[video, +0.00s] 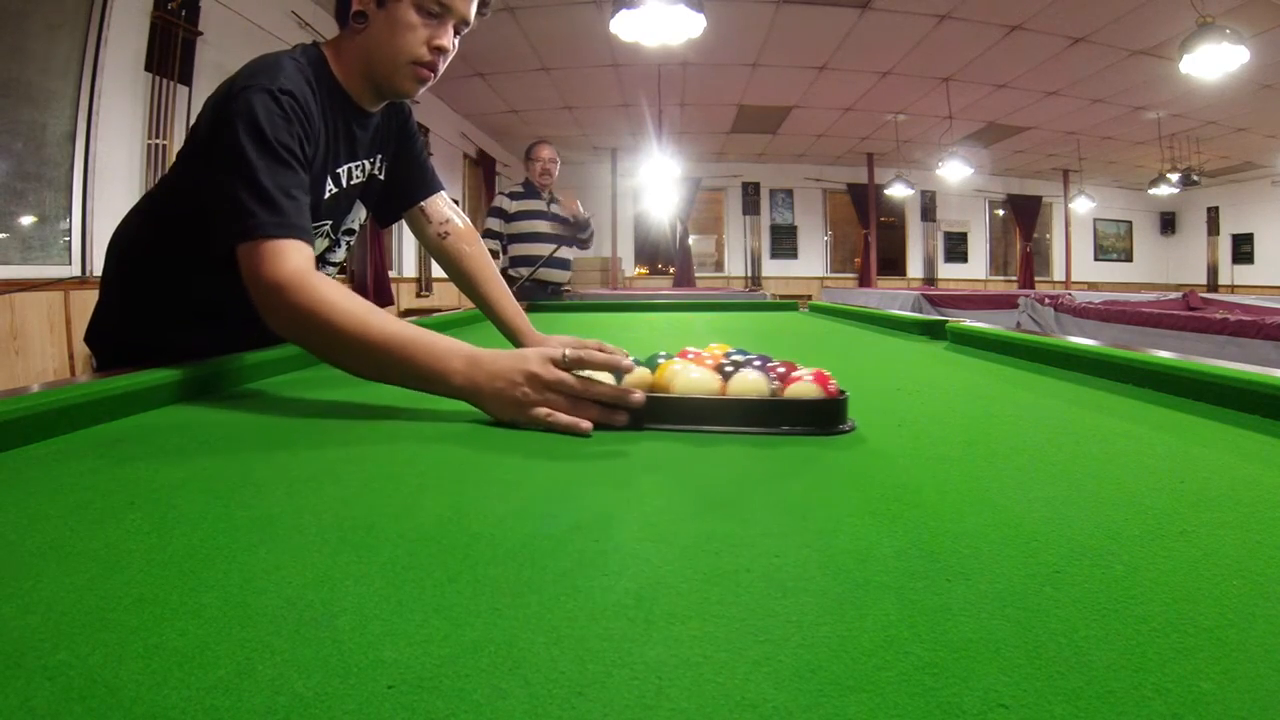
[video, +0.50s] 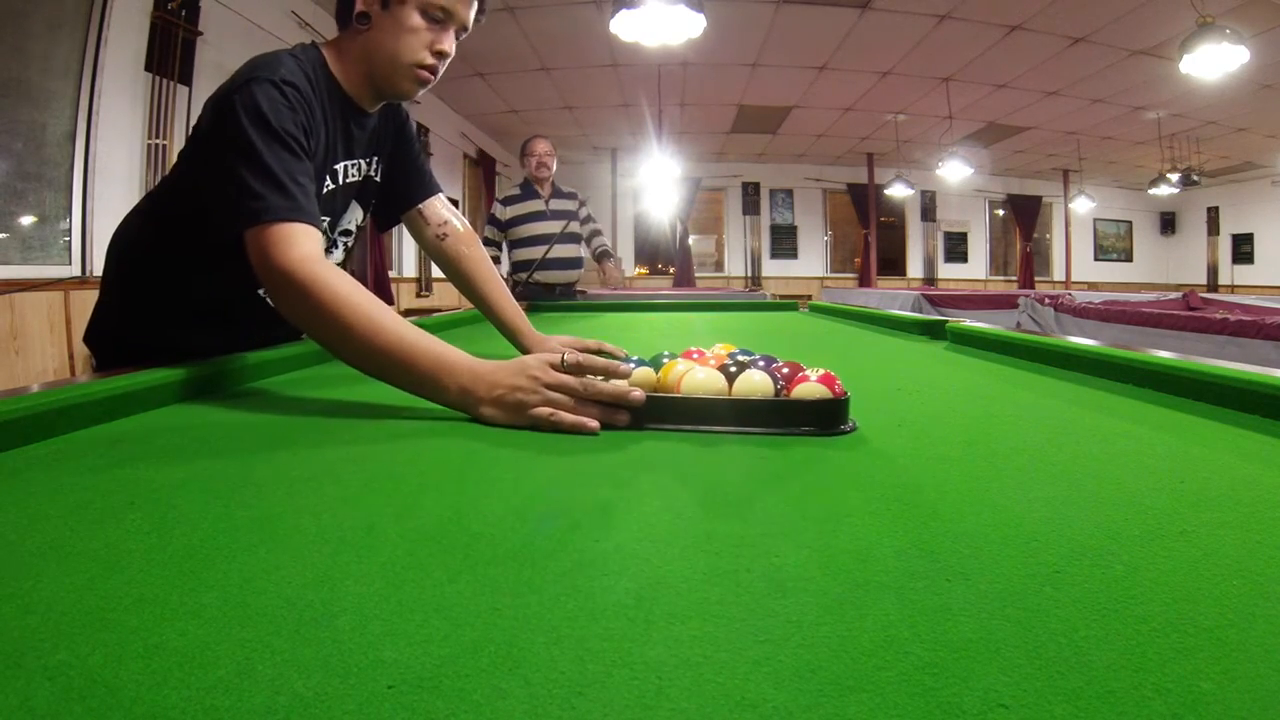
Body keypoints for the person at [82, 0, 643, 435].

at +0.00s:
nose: (447, 44)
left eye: (458, 30)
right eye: (430, 15)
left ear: (463, 40)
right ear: (363, 7)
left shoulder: (391, 120)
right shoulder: (269, 97)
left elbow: (448, 230)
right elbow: (285, 287)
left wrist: (526, 339)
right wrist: (476, 374)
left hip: (264, 338)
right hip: (157, 343)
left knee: (241, 524)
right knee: (141, 535)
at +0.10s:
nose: (446, 44)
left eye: (457, 30)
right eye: (430, 16)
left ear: (462, 40)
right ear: (361, 7)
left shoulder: (390, 120)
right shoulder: (268, 98)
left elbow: (448, 231)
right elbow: (287, 281)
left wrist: (527, 339)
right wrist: (477, 375)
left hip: (267, 337)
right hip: (158, 344)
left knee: (244, 524)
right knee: (143, 534)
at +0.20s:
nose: (446, 44)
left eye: (457, 30)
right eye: (429, 16)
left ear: (462, 40)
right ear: (362, 8)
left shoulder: (390, 121)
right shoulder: (270, 97)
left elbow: (447, 230)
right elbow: (287, 279)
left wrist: (528, 338)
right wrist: (472, 381)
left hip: (266, 336)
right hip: (158, 341)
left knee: (245, 520)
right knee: (145, 530)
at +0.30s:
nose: (446, 44)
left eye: (457, 31)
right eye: (430, 17)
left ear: (461, 42)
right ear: (362, 8)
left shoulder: (391, 121)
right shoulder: (271, 96)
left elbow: (448, 231)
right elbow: (290, 275)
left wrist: (528, 338)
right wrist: (474, 383)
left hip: (267, 335)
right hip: (160, 341)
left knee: (246, 520)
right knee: (145, 529)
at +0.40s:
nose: (446, 45)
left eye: (457, 33)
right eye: (431, 17)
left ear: (459, 45)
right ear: (364, 7)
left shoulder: (391, 122)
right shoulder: (271, 94)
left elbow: (447, 232)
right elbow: (290, 273)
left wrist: (528, 339)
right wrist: (474, 383)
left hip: (266, 336)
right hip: (158, 341)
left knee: (246, 522)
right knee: (143, 532)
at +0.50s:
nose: (447, 48)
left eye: (458, 35)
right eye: (433, 20)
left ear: (459, 45)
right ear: (367, 6)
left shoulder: (390, 122)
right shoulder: (271, 94)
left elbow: (446, 231)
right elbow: (293, 272)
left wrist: (528, 339)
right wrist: (474, 383)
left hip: (265, 336)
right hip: (157, 341)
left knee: (246, 523)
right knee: (143, 533)